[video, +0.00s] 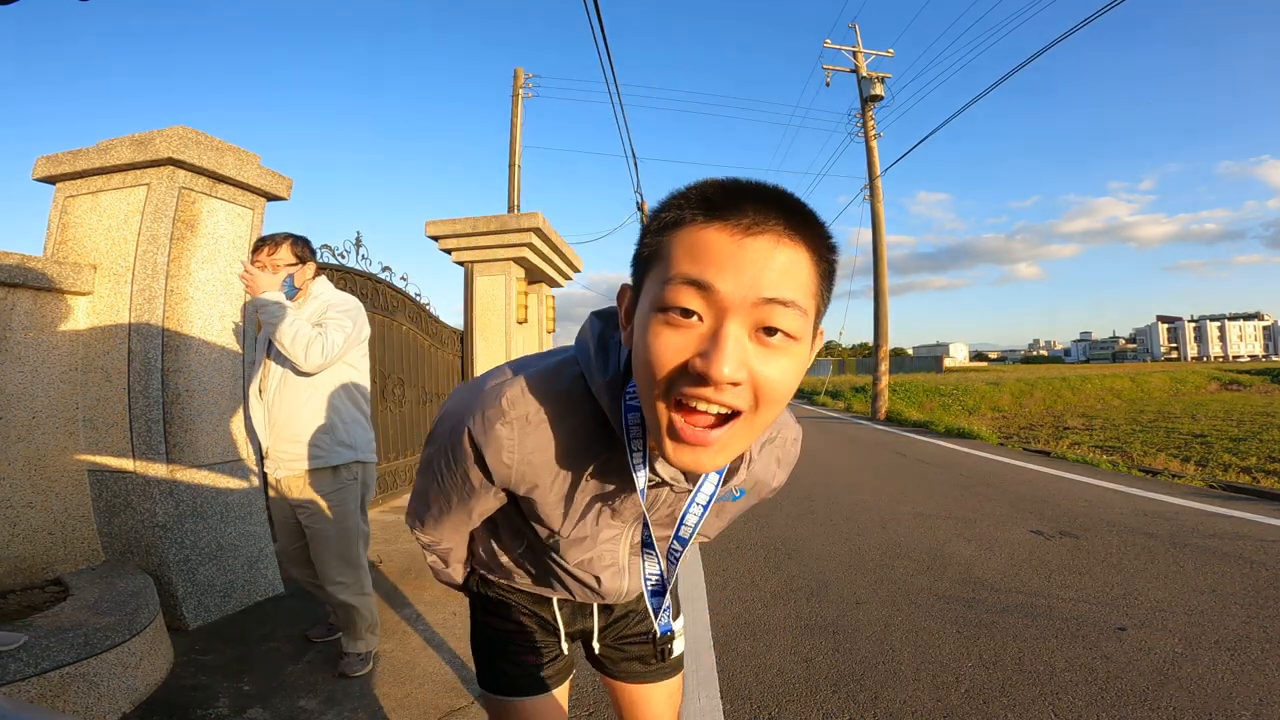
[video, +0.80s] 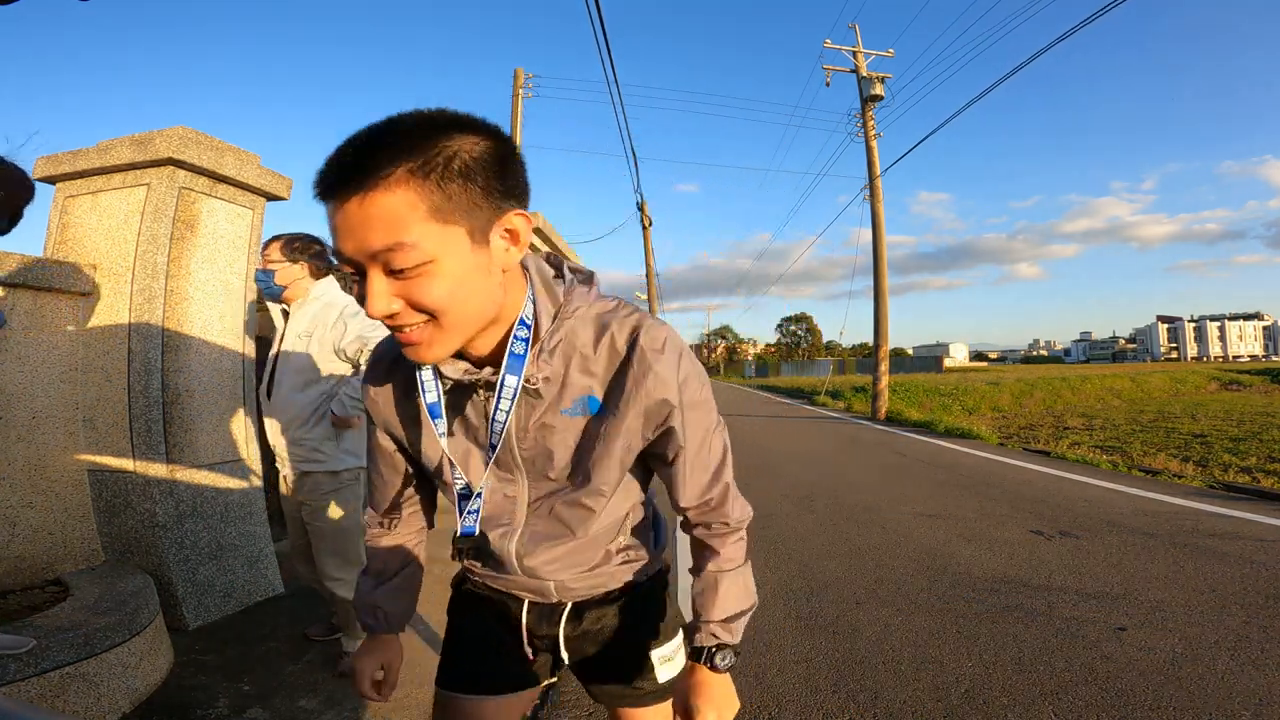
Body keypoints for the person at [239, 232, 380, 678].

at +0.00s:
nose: (260, 279)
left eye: (270, 269)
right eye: (258, 270)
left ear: (304, 269)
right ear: (261, 274)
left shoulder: (344, 307)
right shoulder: (269, 315)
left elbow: (312, 354)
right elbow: (263, 391)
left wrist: (267, 299)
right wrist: (266, 457)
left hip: (330, 465)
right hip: (281, 467)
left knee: (342, 570)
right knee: (298, 564)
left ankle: (360, 641)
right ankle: (340, 617)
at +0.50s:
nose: (275, 281)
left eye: (286, 270)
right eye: (267, 273)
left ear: (314, 270)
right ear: (262, 275)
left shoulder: (351, 310)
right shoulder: (274, 320)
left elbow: (351, 366)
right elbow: (268, 392)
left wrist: (271, 337)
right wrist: (267, 457)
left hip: (337, 465)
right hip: (287, 465)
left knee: (345, 567)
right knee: (303, 560)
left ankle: (360, 641)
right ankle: (339, 616)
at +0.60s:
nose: (271, 278)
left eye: (282, 268)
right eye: (266, 270)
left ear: (313, 268)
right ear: (262, 276)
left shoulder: (351, 310)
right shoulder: (279, 330)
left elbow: (373, 360)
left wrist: (286, 372)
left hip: (338, 467)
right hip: (289, 468)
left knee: (344, 568)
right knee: (303, 561)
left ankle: (361, 642)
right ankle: (338, 616)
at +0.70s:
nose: (265, 278)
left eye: (274, 269)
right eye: (262, 271)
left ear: (309, 269)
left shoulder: (348, 311)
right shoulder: (284, 321)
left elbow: (385, 357)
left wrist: (321, 396)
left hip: (337, 471)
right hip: (291, 470)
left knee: (343, 569)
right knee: (303, 562)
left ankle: (360, 643)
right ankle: (340, 616)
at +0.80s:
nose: (264, 276)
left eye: (273, 267)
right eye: (264, 268)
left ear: (305, 267)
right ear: (290, 272)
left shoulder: (336, 307)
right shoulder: (293, 314)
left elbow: (384, 347)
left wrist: (349, 400)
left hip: (333, 465)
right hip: (297, 465)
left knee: (339, 567)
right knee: (308, 558)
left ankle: (355, 643)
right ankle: (337, 617)